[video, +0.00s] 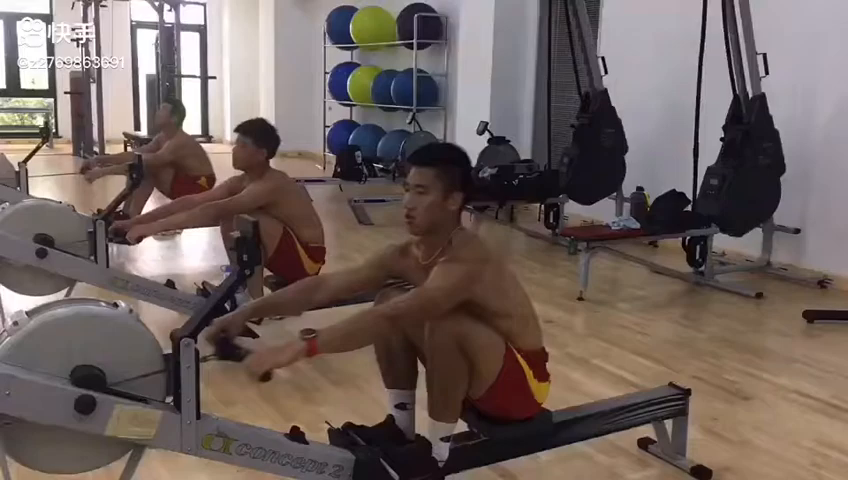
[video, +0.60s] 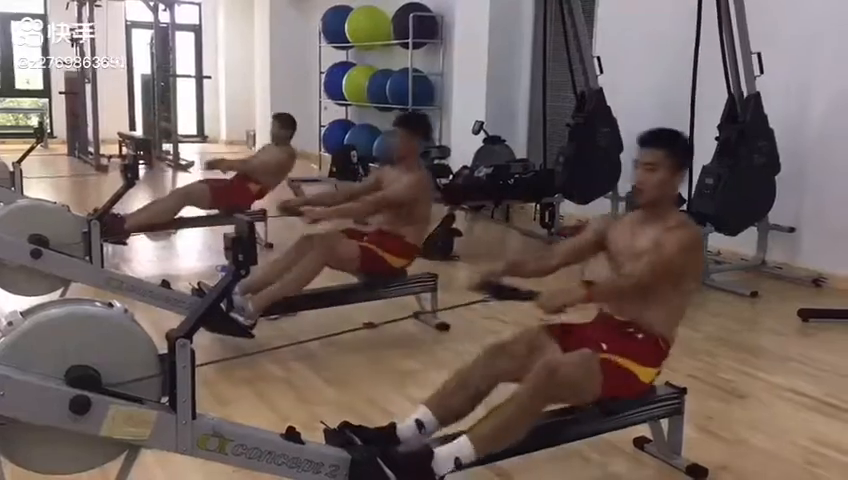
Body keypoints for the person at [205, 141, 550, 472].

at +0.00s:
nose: (407, 203)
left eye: (420, 193)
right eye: (406, 191)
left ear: (454, 201)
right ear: (404, 193)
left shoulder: (468, 260)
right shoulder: (405, 254)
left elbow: (394, 316)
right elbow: (322, 287)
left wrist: (302, 346)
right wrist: (246, 313)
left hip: (518, 391)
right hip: (471, 380)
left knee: (446, 326)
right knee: (390, 302)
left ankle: (439, 448)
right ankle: (401, 430)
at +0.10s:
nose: (421, 199)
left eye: (435, 188)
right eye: (421, 187)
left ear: (469, 196)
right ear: (418, 191)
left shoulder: (487, 256)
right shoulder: (420, 251)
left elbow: (418, 317)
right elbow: (341, 286)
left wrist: (328, 342)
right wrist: (269, 310)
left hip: (529, 389)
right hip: (478, 382)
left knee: (450, 326)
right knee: (397, 309)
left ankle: (435, 454)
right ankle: (402, 430)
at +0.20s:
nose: (457, 191)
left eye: (469, 182)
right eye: (456, 180)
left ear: (500, 190)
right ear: (452, 182)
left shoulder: (521, 250)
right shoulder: (456, 242)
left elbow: (462, 313)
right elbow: (390, 285)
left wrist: (380, 337)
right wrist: (321, 304)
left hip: (548, 380)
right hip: (500, 370)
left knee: (465, 329)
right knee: (416, 304)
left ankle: (434, 457)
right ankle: (403, 432)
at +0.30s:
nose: (498, 184)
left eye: (511, 174)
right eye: (497, 173)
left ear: (542, 183)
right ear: (494, 177)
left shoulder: (559, 245)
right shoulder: (495, 236)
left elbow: (503, 306)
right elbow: (427, 276)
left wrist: (429, 331)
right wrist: (362, 296)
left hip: (574, 371)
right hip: (531, 351)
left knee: (489, 336)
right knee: (436, 309)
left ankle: (438, 455)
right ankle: (403, 433)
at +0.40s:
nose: (544, 176)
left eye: (557, 167)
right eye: (543, 166)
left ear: (588, 176)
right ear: (541, 170)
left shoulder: (600, 234)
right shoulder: (536, 225)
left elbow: (544, 299)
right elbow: (468, 269)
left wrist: (479, 320)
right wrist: (413, 282)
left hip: (597, 362)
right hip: (557, 343)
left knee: (512, 343)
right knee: (452, 324)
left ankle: (438, 459)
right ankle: (402, 435)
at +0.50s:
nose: (598, 171)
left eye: (611, 163)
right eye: (595, 161)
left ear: (636, 172)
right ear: (587, 166)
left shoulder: (644, 232)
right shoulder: (575, 222)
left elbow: (590, 288)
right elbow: (510, 263)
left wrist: (530, 302)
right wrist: (456, 274)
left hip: (620, 357)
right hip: (580, 337)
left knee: (531, 359)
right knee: (479, 337)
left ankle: (438, 462)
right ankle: (402, 435)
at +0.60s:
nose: (640, 176)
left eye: (653, 169)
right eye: (639, 167)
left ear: (679, 177)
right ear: (635, 170)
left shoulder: (684, 237)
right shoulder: (617, 224)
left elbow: (634, 284)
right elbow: (551, 258)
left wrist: (577, 292)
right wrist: (501, 272)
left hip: (638, 353)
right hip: (596, 330)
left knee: (546, 376)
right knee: (499, 355)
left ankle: (441, 462)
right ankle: (404, 436)